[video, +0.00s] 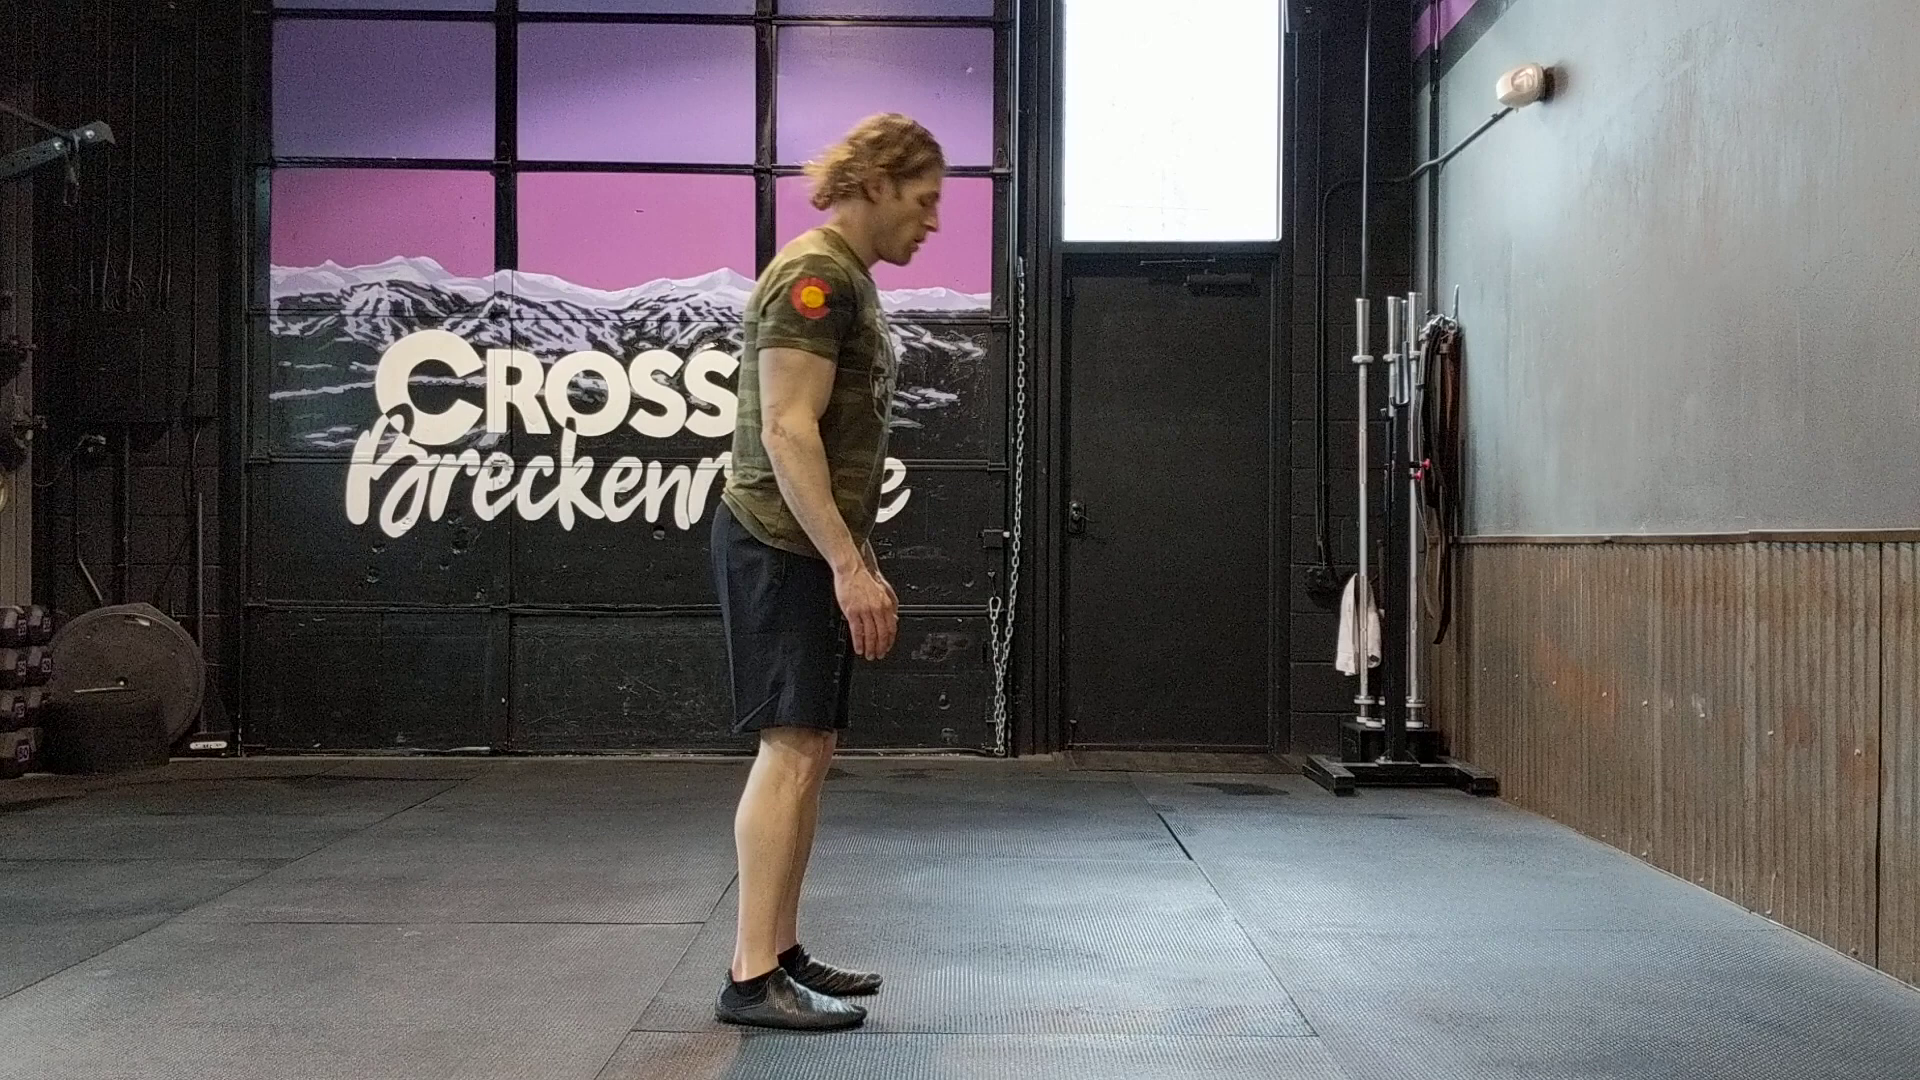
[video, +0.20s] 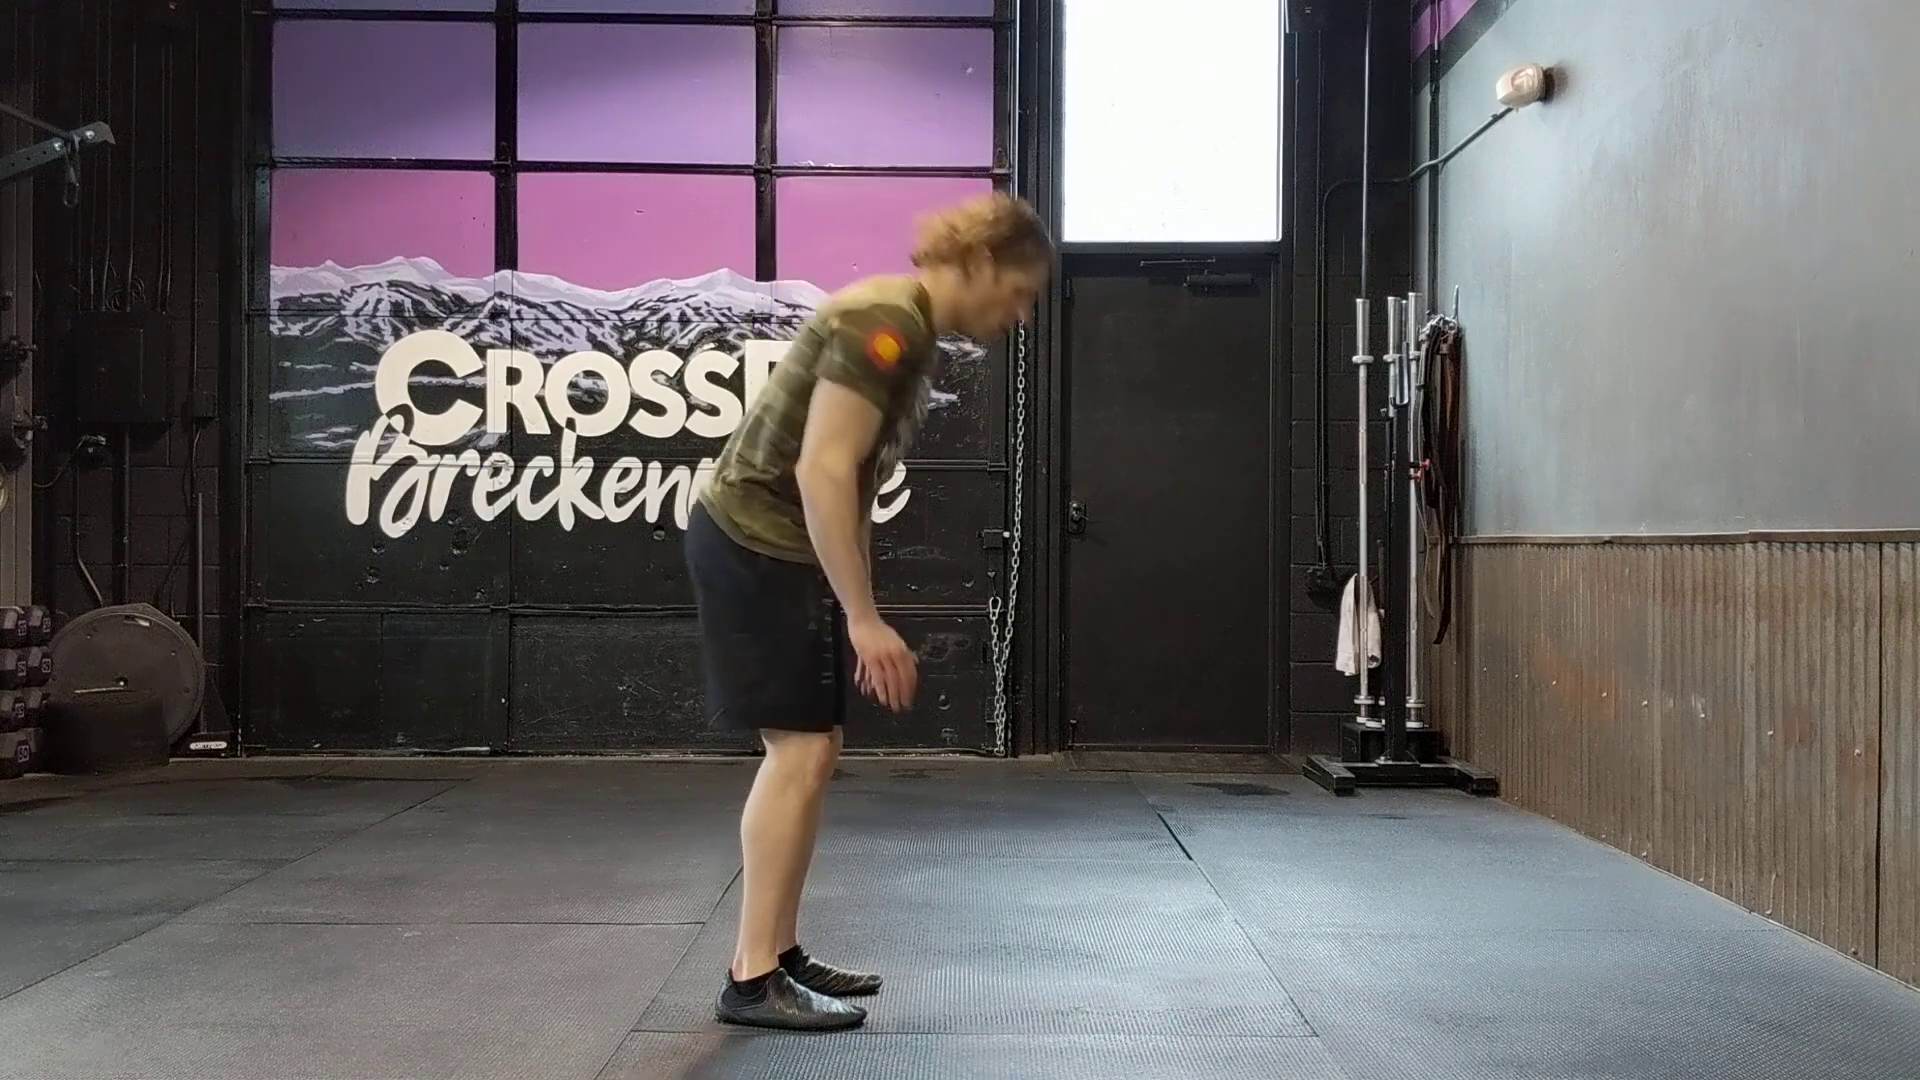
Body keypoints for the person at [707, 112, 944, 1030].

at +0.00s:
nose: (934, 220)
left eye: (937, 203)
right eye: (924, 200)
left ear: (878, 196)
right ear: (874, 190)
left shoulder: (839, 275)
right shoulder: (817, 277)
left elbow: (813, 431)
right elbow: (787, 432)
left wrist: (847, 559)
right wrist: (849, 564)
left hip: (807, 545)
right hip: (781, 544)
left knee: (811, 747)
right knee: (793, 749)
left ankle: (778, 952)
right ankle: (751, 975)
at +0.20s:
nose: (1021, 316)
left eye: (1029, 301)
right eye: (1021, 295)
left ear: (972, 269)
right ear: (974, 266)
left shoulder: (906, 326)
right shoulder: (886, 322)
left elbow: (836, 470)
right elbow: (825, 469)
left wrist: (857, 610)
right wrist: (863, 616)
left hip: (787, 541)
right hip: (757, 538)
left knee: (814, 749)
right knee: (799, 749)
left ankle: (775, 951)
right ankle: (753, 974)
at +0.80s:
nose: (1150, 787)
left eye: (1161, 781)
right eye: (1156, 775)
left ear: (1137, 721)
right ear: (1139, 733)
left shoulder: (1088, 688)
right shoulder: (1071, 704)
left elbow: (1066, 860)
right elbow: (1058, 887)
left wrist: (1102, 965)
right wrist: (1123, 1023)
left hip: (851, 598)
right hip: (832, 604)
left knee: (941, 792)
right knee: (936, 811)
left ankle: (799, 937)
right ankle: (776, 952)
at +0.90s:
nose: (1169, 805)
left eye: (1183, 799)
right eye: (1179, 792)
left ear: (1164, 741)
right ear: (1163, 748)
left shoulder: (1119, 698)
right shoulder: (1102, 713)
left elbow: (1076, 867)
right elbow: (1072, 882)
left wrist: (1104, 967)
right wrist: (1126, 1026)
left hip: (889, 555)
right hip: (884, 559)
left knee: (914, 787)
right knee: (919, 795)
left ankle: (764, 917)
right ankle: (749, 928)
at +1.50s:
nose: (1340, 953)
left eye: (1346, 939)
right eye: (1340, 936)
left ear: (1297, 905)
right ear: (1295, 914)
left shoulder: (1221, 898)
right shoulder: (1205, 906)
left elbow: (1090, 862)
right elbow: (1080, 895)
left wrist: (1104, 979)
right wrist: (1124, 1017)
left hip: (950, 909)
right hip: (939, 918)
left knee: (729, 938)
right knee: (713, 966)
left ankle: (529, 903)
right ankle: (495, 929)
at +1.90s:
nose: (1345, 936)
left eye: (1350, 922)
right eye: (1343, 919)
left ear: (1299, 885)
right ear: (1301, 900)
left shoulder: (1225, 893)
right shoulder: (1214, 909)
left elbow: (1095, 850)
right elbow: (1083, 887)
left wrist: (1099, 977)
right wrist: (1124, 1018)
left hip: (955, 888)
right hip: (948, 913)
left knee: (730, 932)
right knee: (714, 958)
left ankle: (520, 900)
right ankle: (492, 928)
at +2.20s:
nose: (1279, 764)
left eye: (1288, 754)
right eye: (1283, 749)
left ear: (1246, 694)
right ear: (1254, 710)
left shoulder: (1170, 711)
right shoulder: (1163, 724)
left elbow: (1099, 854)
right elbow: (1095, 868)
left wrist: (1110, 968)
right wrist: (1118, 1016)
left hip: (918, 803)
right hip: (914, 819)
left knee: (722, 900)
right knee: (712, 921)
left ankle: (504, 911)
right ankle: (480, 922)